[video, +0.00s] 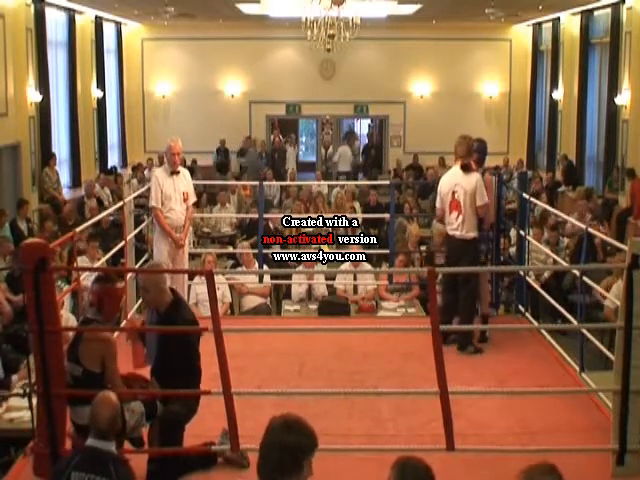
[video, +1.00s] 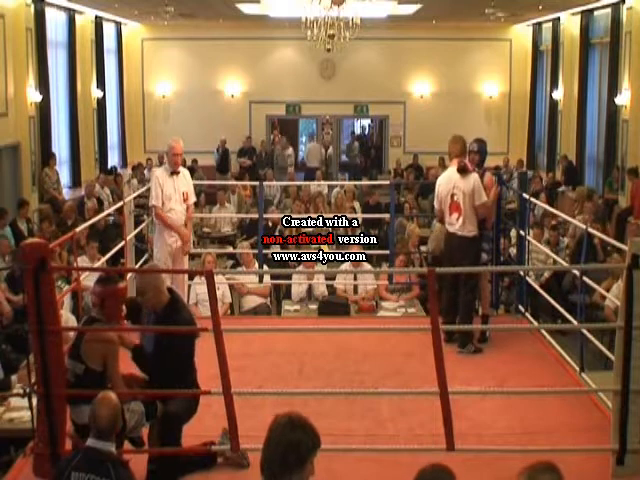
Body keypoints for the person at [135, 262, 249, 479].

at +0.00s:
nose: (142, 296)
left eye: (146, 290)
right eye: (141, 290)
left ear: (162, 288)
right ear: (160, 288)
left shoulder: (181, 322)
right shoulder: (158, 310)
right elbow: (156, 347)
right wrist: (140, 334)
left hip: (179, 400)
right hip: (163, 394)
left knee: (161, 470)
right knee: (158, 467)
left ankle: (216, 451)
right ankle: (215, 450)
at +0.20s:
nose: (142, 296)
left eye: (146, 290)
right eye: (140, 290)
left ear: (162, 288)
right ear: (160, 288)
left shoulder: (181, 321)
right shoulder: (157, 309)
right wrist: (137, 344)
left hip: (179, 399)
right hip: (162, 393)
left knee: (160, 469)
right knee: (158, 467)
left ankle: (217, 452)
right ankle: (215, 450)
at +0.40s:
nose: (141, 297)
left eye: (145, 291)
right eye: (139, 291)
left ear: (162, 288)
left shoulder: (180, 322)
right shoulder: (156, 310)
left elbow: (173, 379)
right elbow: (142, 339)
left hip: (178, 399)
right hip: (161, 393)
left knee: (161, 469)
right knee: (159, 467)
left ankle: (218, 452)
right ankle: (216, 450)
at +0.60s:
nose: (141, 297)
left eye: (145, 291)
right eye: (140, 291)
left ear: (162, 288)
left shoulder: (180, 320)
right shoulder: (154, 306)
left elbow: (165, 372)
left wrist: (131, 353)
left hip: (179, 397)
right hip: (161, 390)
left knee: (160, 470)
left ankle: (217, 454)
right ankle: (215, 450)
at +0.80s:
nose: (141, 297)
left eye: (145, 291)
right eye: (139, 291)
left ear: (162, 289)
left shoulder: (179, 319)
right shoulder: (152, 306)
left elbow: (162, 370)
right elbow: (131, 316)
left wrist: (130, 351)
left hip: (180, 395)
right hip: (159, 389)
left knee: (161, 469)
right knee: (162, 467)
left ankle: (217, 454)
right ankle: (216, 450)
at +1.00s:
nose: (140, 299)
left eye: (143, 294)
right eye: (138, 294)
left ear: (158, 290)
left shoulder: (179, 321)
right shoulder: (150, 305)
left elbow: (162, 374)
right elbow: (129, 311)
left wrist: (133, 347)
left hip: (182, 393)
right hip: (158, 387)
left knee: (169, 414)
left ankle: (218, 454)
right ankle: (217, 451)